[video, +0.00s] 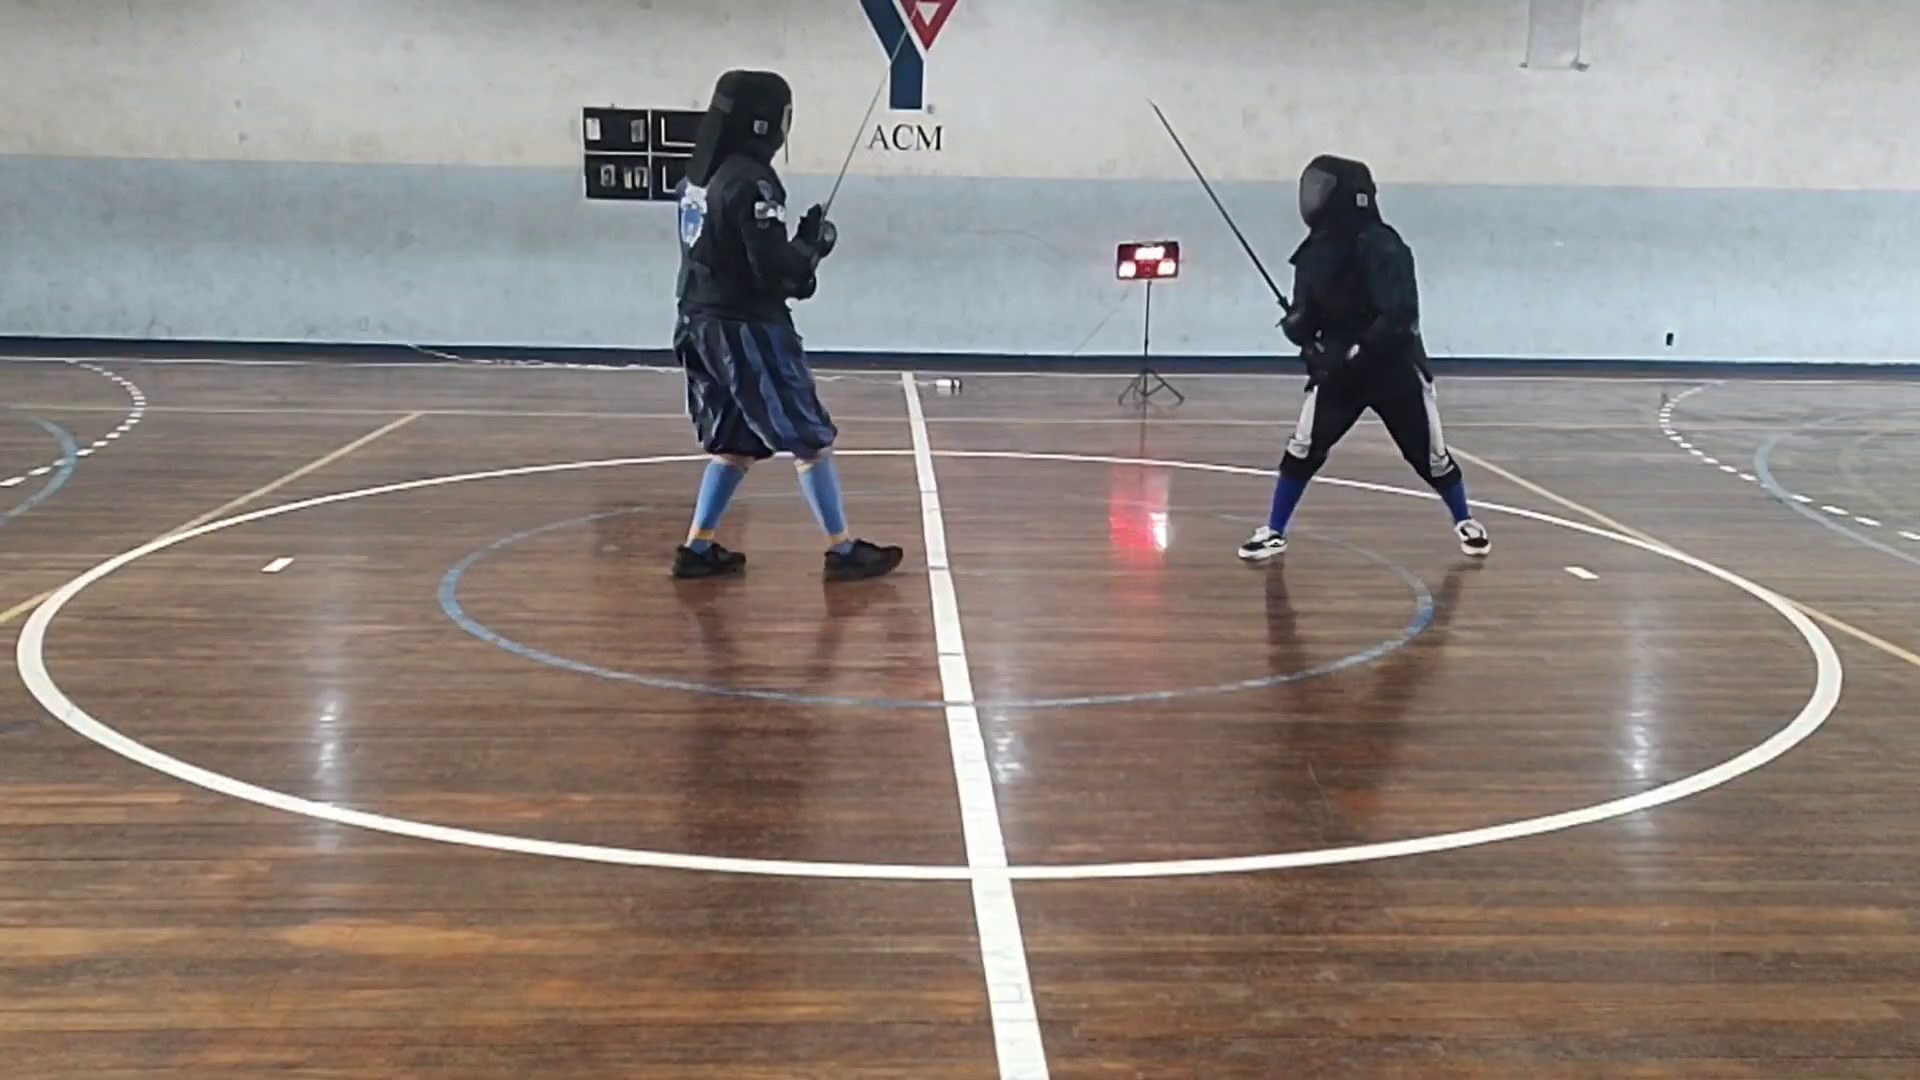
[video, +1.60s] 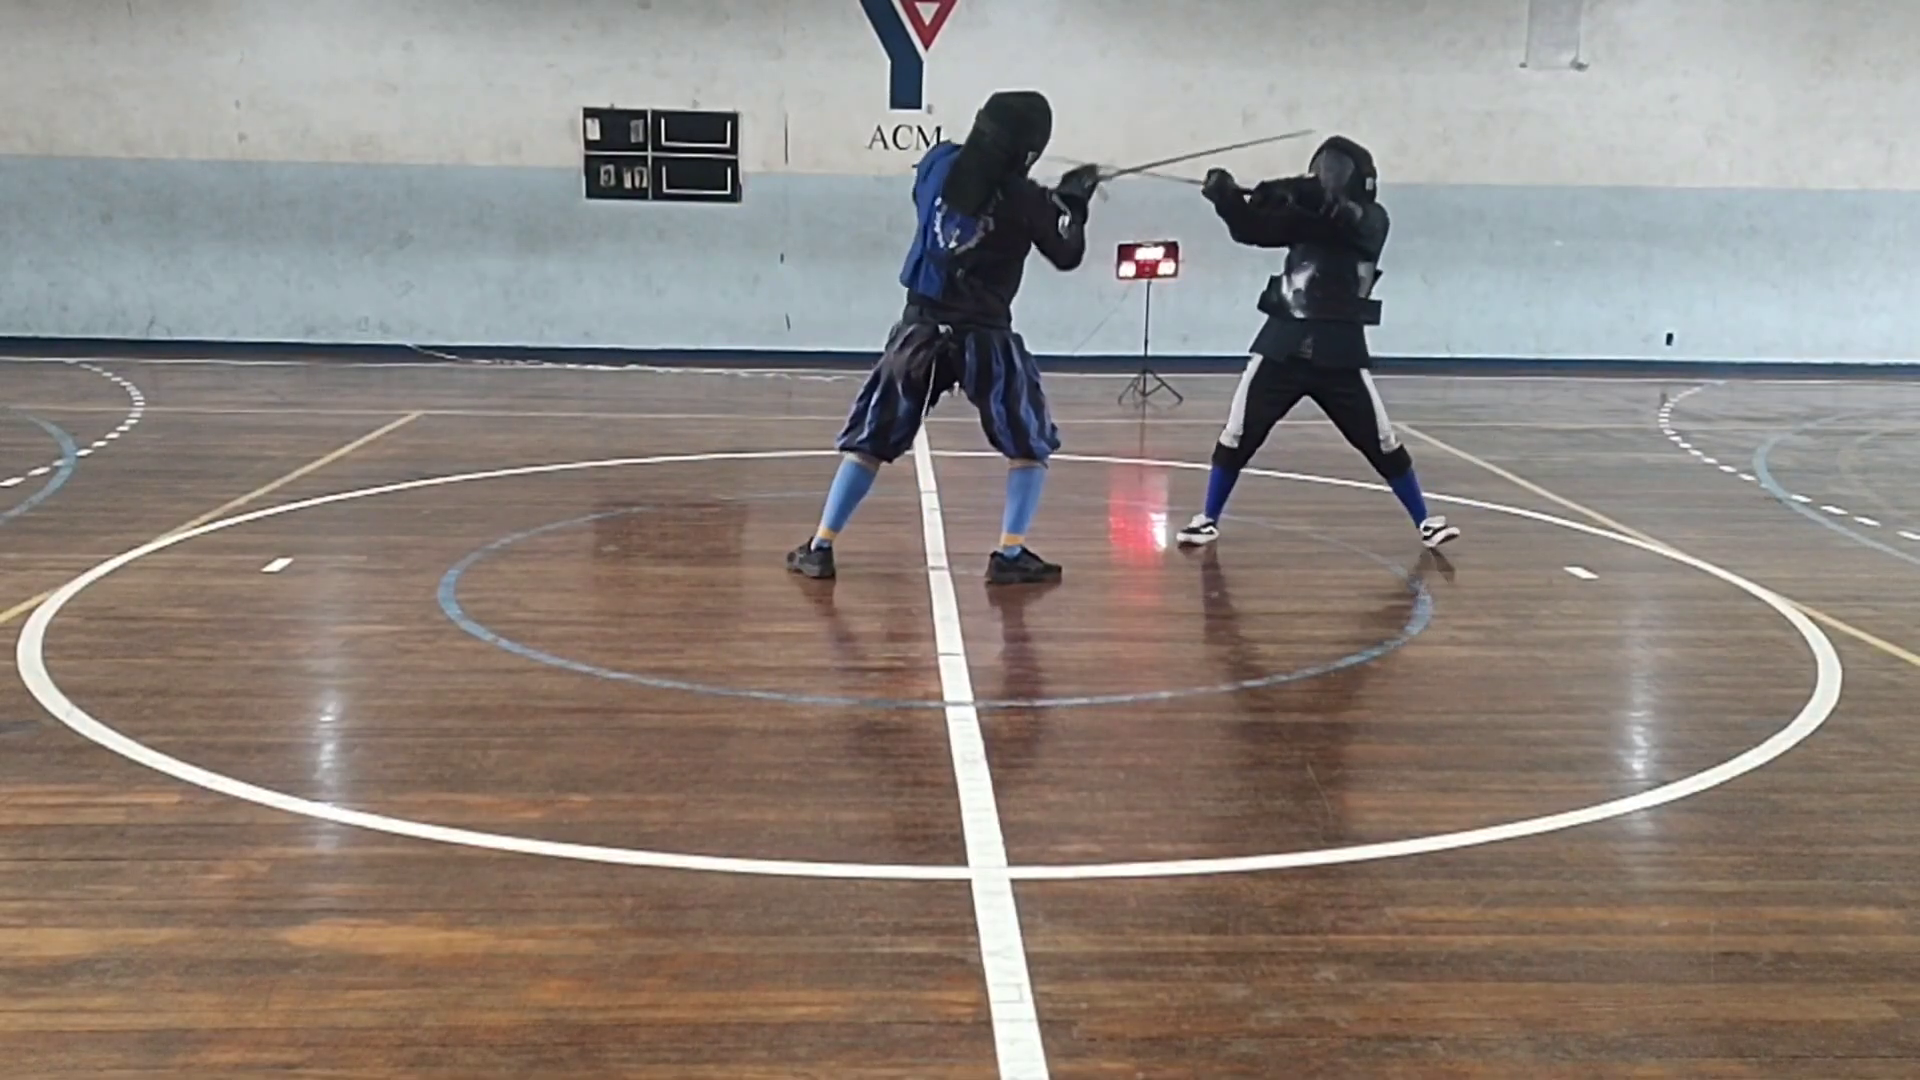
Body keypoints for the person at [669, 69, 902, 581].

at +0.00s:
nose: (784, 132)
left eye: (785, 121)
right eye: (782, 121)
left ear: (727, 119)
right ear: (765, 125)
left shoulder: (699, 173)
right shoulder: (753, 182)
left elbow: (726, 259)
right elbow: (782, 269)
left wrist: (796, 242)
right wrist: (813, 246)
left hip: (702, 324)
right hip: (750, 327)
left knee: (740, 439)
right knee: (809, 434)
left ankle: (698, 546)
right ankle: (844, 546)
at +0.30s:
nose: (850, 140)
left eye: (849, 129)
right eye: (848, 129)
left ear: (793, 125)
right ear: (830, 133)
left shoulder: (758, 177)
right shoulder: (815, 190)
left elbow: (773, 261)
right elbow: (832, 274)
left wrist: (851, 274)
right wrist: (866, 258)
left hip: (742, 327)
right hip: (800, 332)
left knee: (752, 444)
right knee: (870, 432)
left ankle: (715, 549)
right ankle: (897, 543)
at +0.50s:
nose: (903, 147)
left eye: (902, 137)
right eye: (899, 138)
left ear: (846, 135)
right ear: (880, 143)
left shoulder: (813, 186)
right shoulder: (869, 199)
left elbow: (829, 270)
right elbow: (889, 287)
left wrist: (907, 287)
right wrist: (925, 263)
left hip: (792, 333)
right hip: (852, 338)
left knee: (773, 445)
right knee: (932, 423)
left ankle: (716, 547)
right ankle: (940, 535)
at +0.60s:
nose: (931, 152)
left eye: (931, 142)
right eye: (929, 143)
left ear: (874, 139)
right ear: (913, 147)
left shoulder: (843, 190)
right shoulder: (909, 204)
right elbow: (959, 290)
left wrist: (955, 281)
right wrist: (987, 263)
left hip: (824, 331)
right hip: (886, 338)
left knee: (780, 443)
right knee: (949, 438)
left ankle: (714, 544)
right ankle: (998, 550)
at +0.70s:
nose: (962, 151)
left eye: (959, 141)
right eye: (959, 142)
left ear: (904, 142)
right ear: (948, 150)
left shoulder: (878, 187)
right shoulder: (950, 207)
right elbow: (1027, 252)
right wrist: (1062, 226)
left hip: (855, 336)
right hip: (921, 342)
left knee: (808, 444)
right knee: (991, 435)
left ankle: (732, 531)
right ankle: (1007, 550)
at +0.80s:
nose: (994, 145)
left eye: (993, 140)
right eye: (991, 138)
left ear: (940, 135)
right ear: (978, 147)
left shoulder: (910, 169)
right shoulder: (980, 199)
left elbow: (980, 165)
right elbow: (1049, 207)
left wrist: (1030, 161)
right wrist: (1098, 188)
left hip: (878, 335)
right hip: (941, 341)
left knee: (833, 437)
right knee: (1007, 435)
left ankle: (762, 533)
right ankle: (1010, 550)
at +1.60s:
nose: (1039, 152)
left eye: (1038, 144)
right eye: (1039, 144)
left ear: (984, 127)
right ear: (1029, 147)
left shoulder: (939, 162)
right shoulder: (1027, 197)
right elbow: (1067, 255)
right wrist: (1074, 204)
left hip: (919, 331)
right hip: (985, 337)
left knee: (873, 433)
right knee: (1031, 440)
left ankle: (819, 546)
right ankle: (1011, 551)